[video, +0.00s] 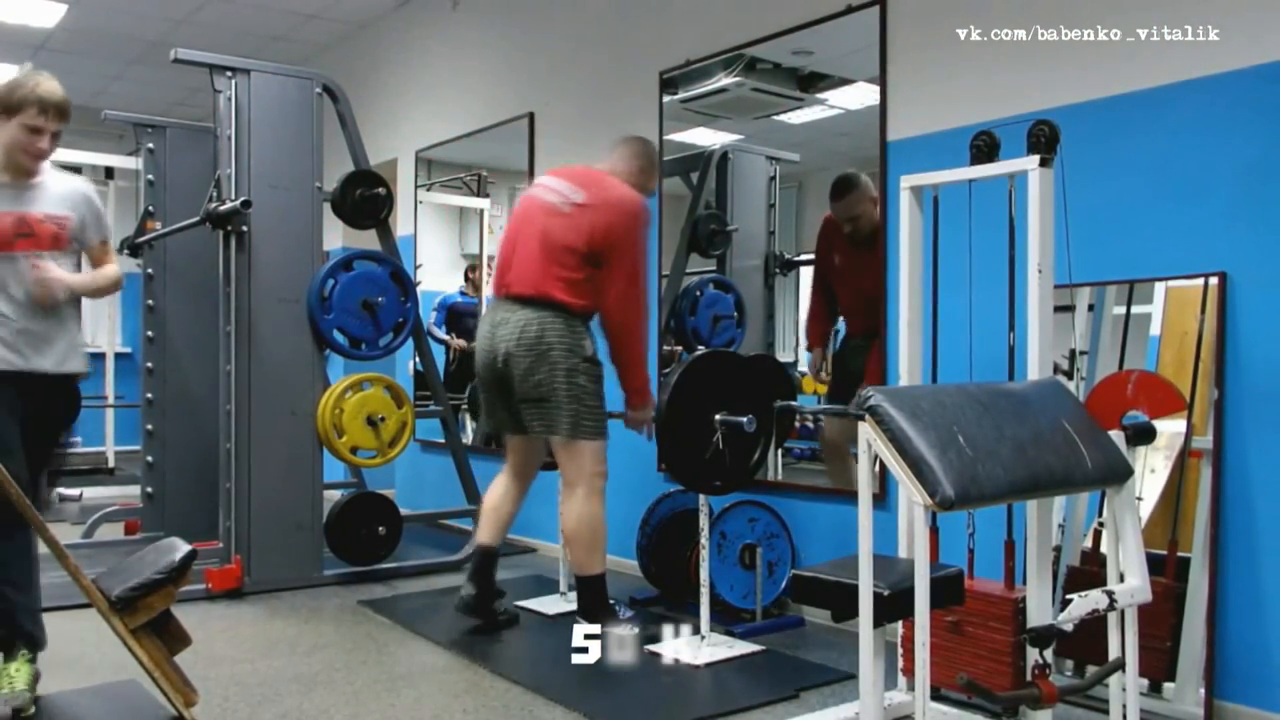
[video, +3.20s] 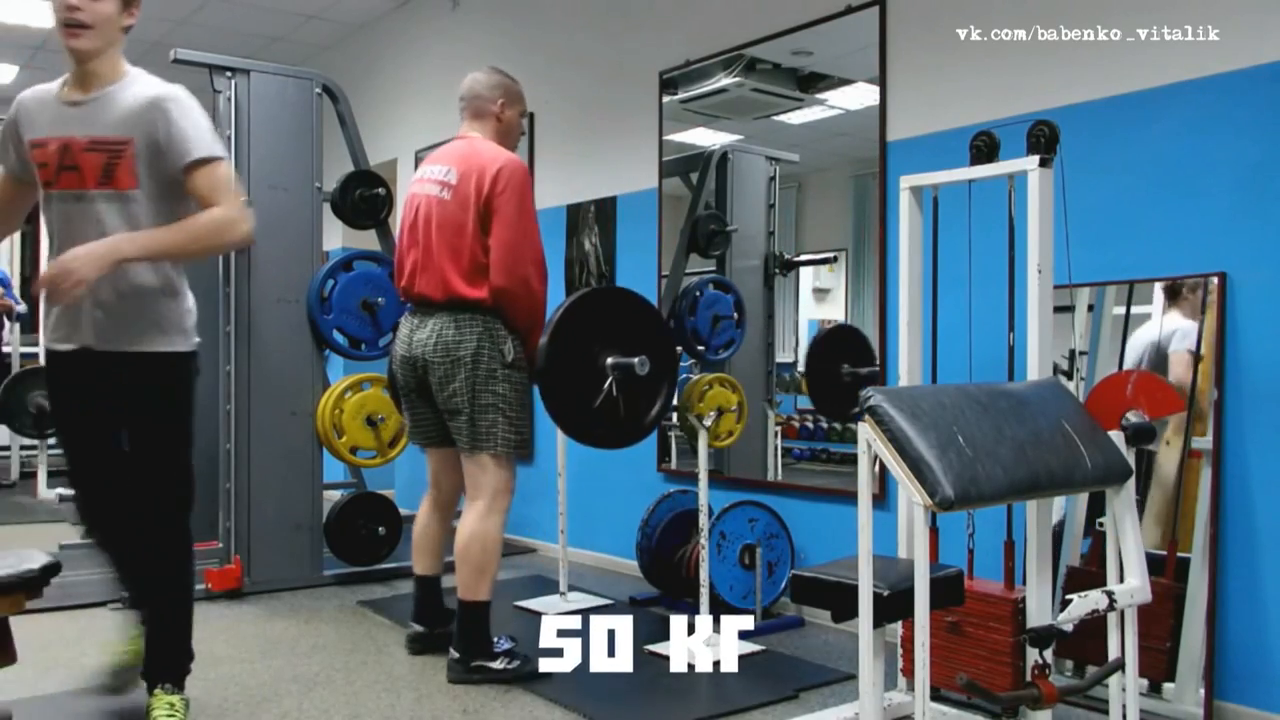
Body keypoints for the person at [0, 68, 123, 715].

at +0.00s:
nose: (42, 139)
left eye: (51, 130)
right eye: (30, 127)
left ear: (59, 136)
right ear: (3, 127)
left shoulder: (77, 196)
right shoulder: (3, 190)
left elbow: (112, 271)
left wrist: (72, 282)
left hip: (54, 373)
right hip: (6, 369)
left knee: (19, 507)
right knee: (14, 508)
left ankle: (16, 645)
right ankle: (20, 647)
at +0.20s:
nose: (70, 108)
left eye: (82, 97)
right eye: (58, 95)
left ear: (97, 103)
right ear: (34, 96)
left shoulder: (122, 167)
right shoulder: (6, 160)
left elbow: (154, 246)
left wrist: (114, 269)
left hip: (99, 348)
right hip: (18, 347)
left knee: (128, 483)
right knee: (20, 499)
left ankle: (87, 583)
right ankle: (19, 648)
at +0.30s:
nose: (90, 93)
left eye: (103, 82)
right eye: (78, 80)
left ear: (119, 89)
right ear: (56, 82)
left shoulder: (149, 159)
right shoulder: (13, 156)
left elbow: (181, 239)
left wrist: (148, 262)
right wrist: (1, 280)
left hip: (126, 340)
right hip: (37, 341)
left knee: (173, 474)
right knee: (27, 496)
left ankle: (153, 610)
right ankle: (20, 651)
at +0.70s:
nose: (145, 66)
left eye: (157, 53)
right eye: (133, 55)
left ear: (186, 56)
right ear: (122, 64)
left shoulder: (231, 133)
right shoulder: (118, 147)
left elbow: (285, 230)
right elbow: (117, 250)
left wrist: (185, 262)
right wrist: (66, 281)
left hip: (228, 340)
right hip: (148, 343)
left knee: (241, 498)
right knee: (110, 483)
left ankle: (254, 658)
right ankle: (112, 649)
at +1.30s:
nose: (74, 70)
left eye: (84, 55)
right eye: (72, 59)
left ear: (130, 55)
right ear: (105, 66)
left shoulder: (185, 138)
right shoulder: (108, 152)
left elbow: (198, 250)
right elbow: (120, 265)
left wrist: (87, 247)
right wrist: (63, 257)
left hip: (186, 355)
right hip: (122, 357)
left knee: (214, 506)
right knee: (85, 503)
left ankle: (251, 653)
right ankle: (55, 668)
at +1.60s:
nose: (4, 50)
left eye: (15, 35)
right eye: (1, 39)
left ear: (62, 40)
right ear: (11, 52)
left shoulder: (108, 125)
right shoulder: (13, 135)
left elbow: (116, 241)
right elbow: (27, 239)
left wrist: (11, 256)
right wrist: (12, 277)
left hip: (113, 326)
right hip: (43, 334)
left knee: (113, 483)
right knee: (27, 492)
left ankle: (181, 649)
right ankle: (49, 659)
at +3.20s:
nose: (74, 6)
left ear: (129, 12)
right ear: (54, 10)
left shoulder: (163, 105)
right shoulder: (30, 108)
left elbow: (234, 219)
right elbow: (16, 197)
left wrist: (111, 249)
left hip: (154, 346)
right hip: (70, 346)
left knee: (158, 513)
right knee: (100, 507)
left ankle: (167, 685)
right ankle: (155, 616)